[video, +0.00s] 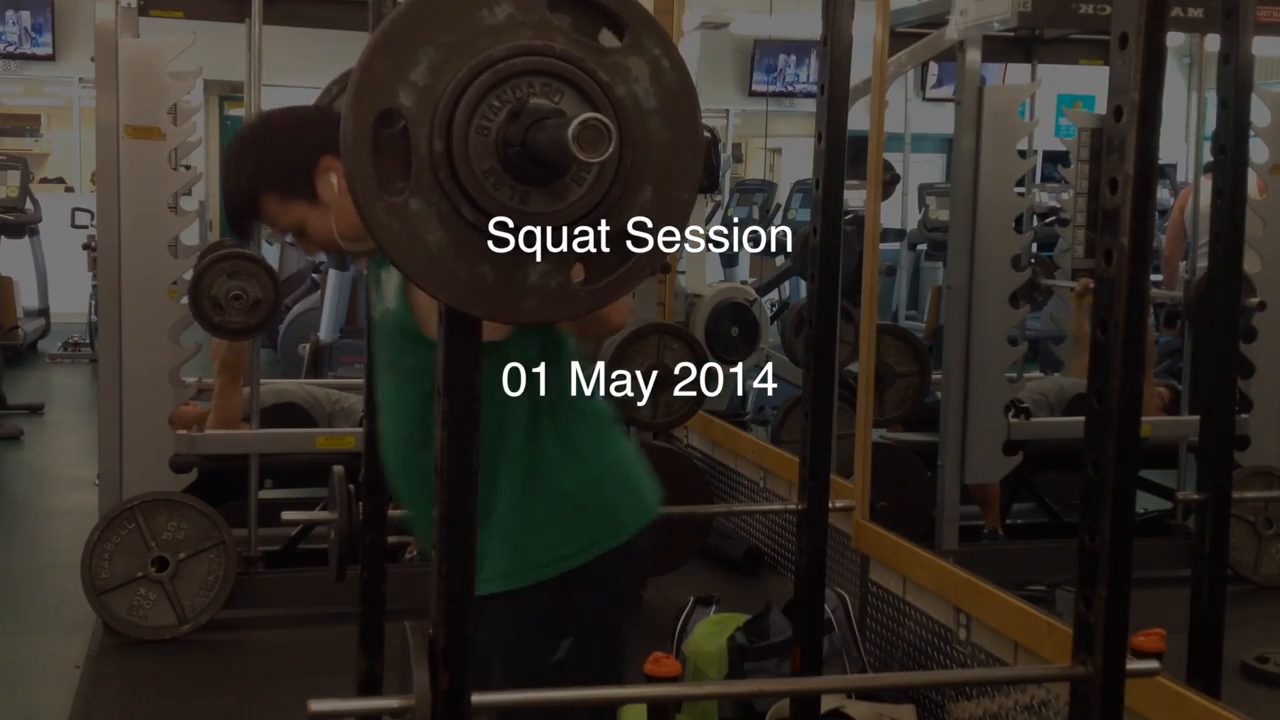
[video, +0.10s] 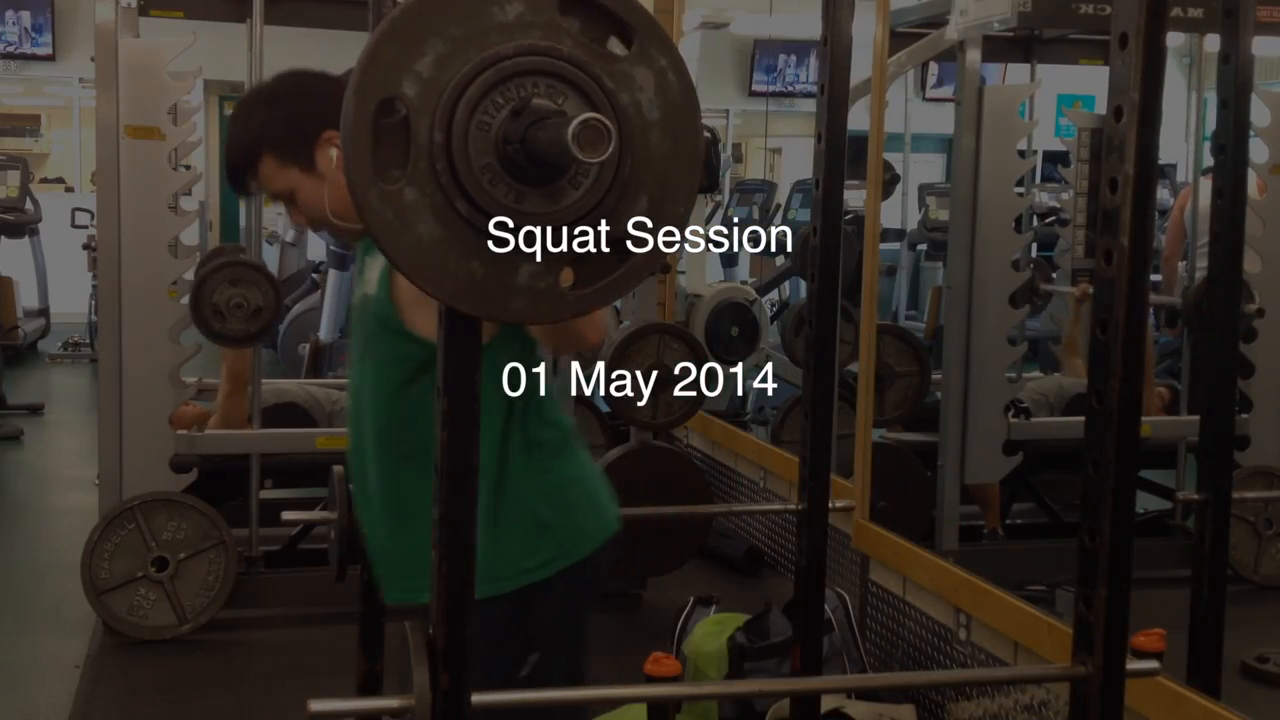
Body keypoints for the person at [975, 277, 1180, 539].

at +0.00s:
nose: (1155, 395)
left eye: (1162, 397)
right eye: (1158, 391)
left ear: (1163, 411)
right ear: (1149, 386)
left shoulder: (1147, 422)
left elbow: (1147, 364)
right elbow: (1081, 354)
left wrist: (1142, 313)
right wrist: (1079, 303)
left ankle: (993, 527)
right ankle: (992, 527)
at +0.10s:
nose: (1155, 394)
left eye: (1161, 397)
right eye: (1158, 391)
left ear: (1161, 411)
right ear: (1151, 388)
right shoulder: (1099, 391)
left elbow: (1146, 365)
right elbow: (1071, 354)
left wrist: (1143, 315)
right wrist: (1077, 305)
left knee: (982, 459)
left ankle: (993, 528)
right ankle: (992, 526)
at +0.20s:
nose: (1154, 394)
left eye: (1161, 398)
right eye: (1157, 390)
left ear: (1161, 412)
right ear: (1149, 389)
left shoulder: (1139, 419)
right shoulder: (1101, 393)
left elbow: (1146, 378)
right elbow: (1065, 363)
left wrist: (1144, 336)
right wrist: (1075, 316)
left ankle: (992, 527)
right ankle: (992, 525)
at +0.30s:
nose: (1157, 396)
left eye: (1163, 399)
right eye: (1159, 392)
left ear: (1163, 411)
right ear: (1150, 388)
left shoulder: (1145, 418)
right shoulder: (1105, 393)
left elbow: (1145, 389)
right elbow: (1057, 370)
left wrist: (1145, 346)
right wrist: (1072, 327)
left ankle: (993, 527)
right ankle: (992, 527)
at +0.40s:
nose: (1155, 398)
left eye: (1162, 401)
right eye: (1158, 393)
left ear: (1163, 413)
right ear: (1151, 387)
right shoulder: (1107, 391)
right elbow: (1053, 376)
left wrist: (1142, 365)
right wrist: (1070, 339)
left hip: (1022, 414)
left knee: (980, 463)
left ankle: (992, 528)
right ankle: (991, 526)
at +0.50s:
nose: (1155, 394)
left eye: (1161, 397)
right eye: (1158, 391)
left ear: (1161, 412)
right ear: (1152, 387)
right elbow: (1051, 379)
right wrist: (1070, 345)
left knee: (979, 464)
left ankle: (993, 529)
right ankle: (992, 527)